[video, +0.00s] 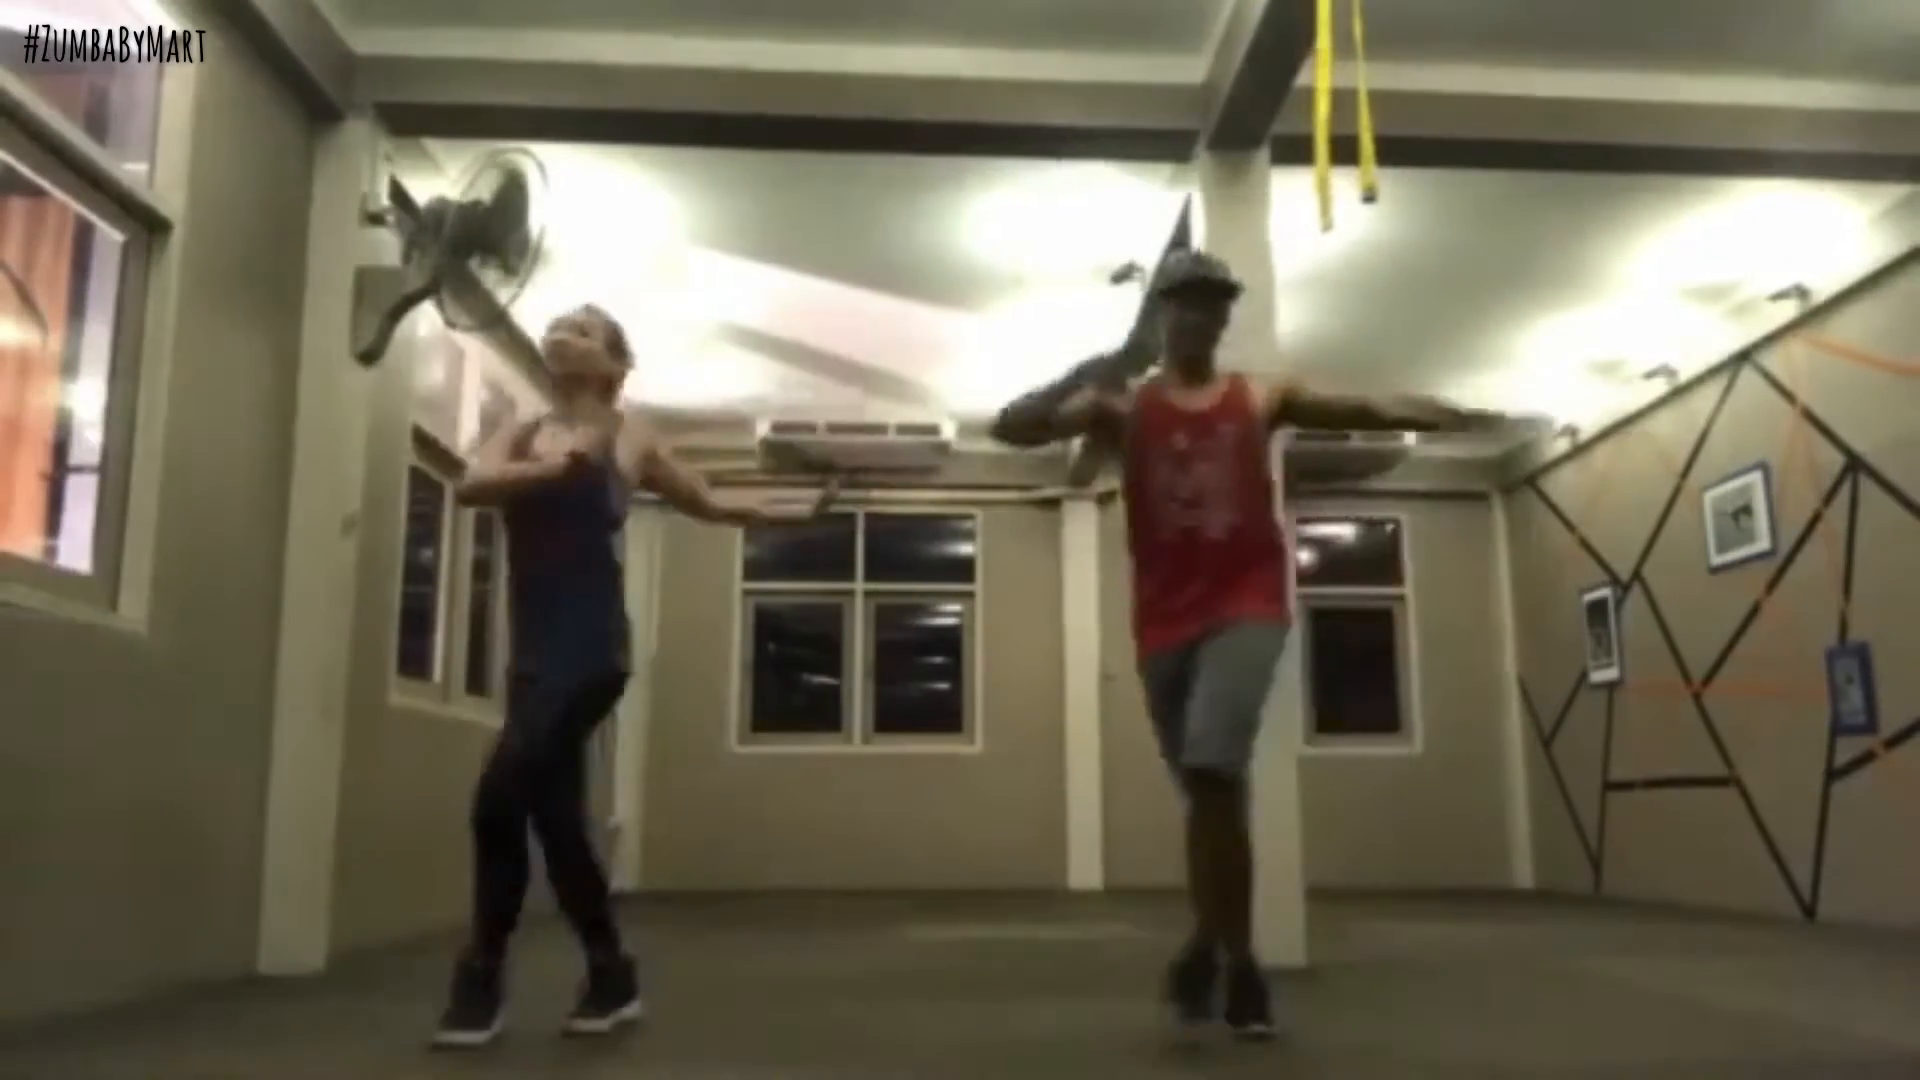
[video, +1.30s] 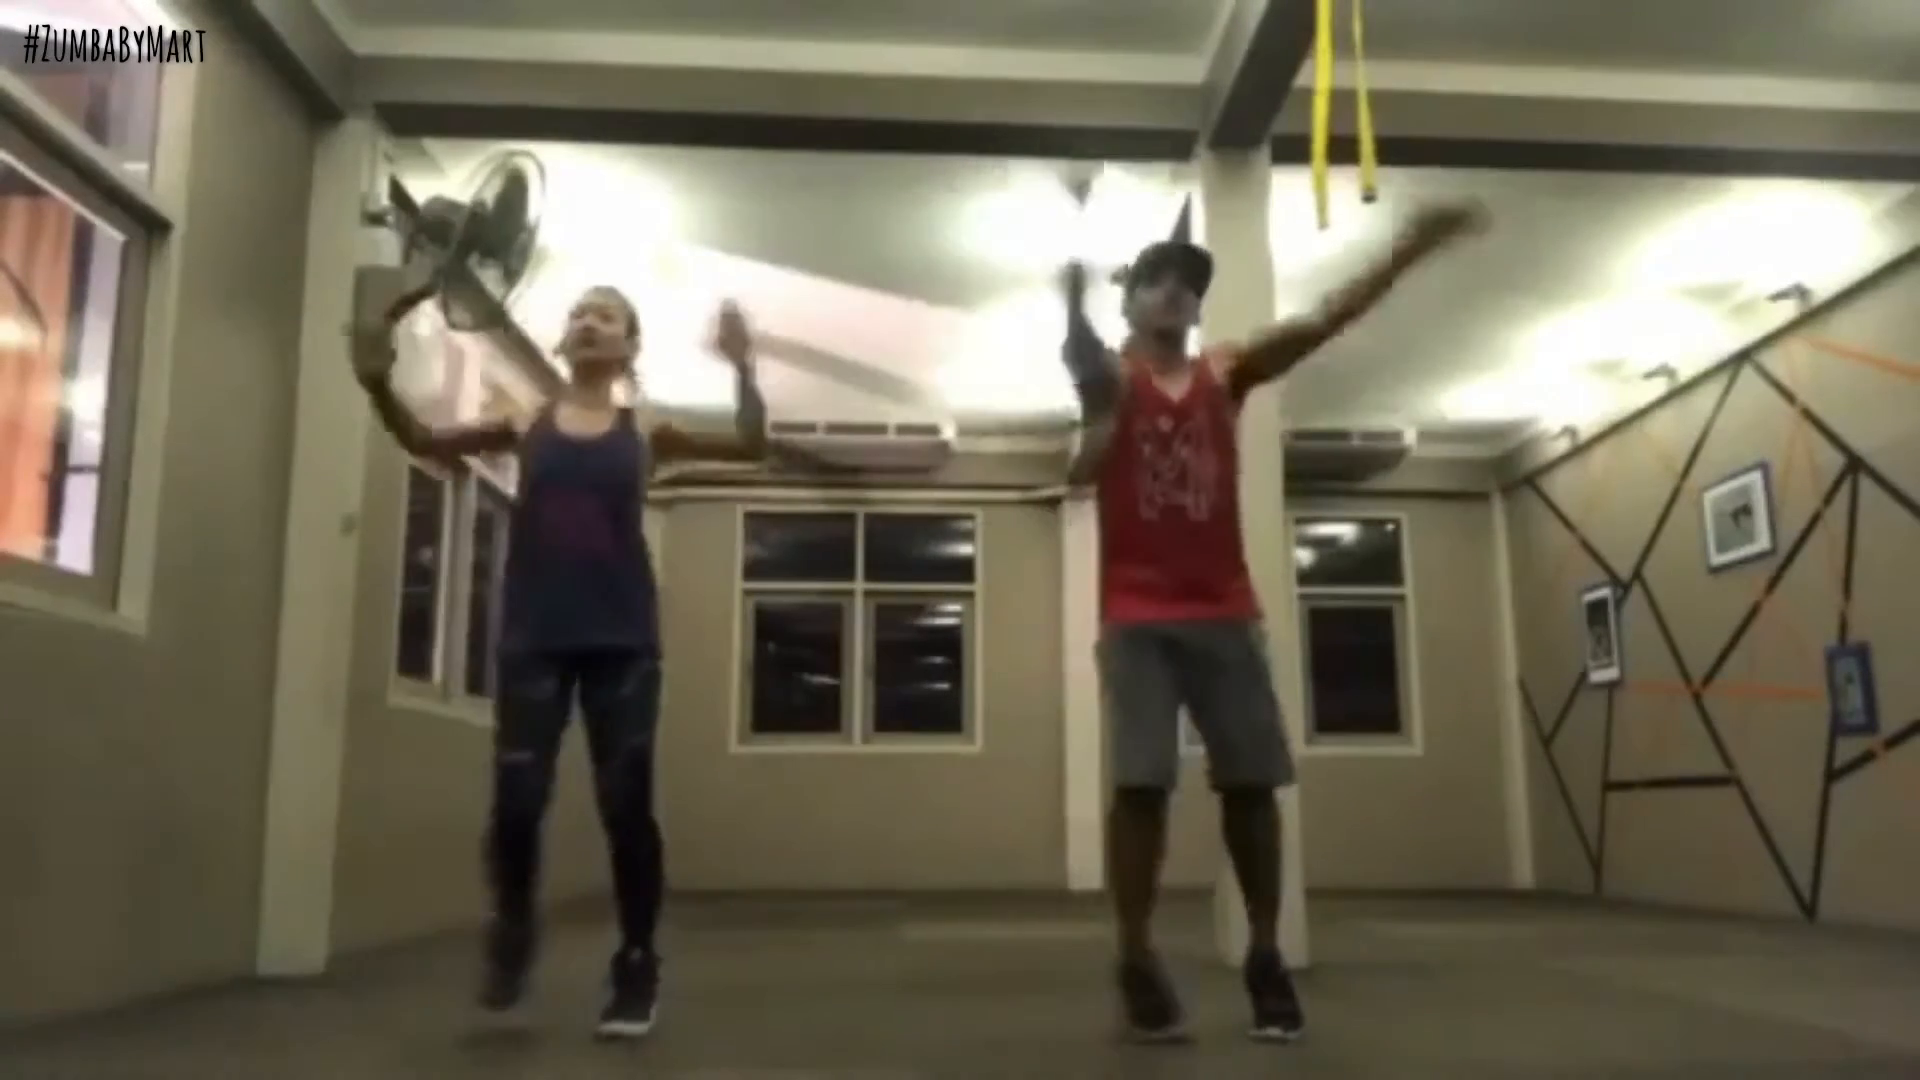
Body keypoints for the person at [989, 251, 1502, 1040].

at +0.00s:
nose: (1201, 320)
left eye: (1213, 308)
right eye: (1187, 307)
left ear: (1227, 317)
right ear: (1159, 316)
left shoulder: (1257, 397)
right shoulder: (1125, 408)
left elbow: (1362, 409)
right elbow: (1011, 427)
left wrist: (1440, 415)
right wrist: (1081, 389)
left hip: (1248, 605)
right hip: (1166, 618)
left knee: (1211, 767)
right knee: (1208, 790)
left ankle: (1207, 947)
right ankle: (1241, 970)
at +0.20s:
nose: (1150, 326)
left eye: (1163, 312)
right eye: (1137, 310)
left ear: (1181, 319)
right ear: (1113, 317)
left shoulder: (1218, 401)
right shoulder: (1078, 403)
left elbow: (1336, 416)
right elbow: (982, 411)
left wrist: (1458, 422)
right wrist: (964, 393)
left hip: (1193, 622)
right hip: (1104, 625)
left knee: (1164, 789)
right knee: (1069, 795)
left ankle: (1150, 983)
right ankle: (1177, 931)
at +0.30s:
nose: (1134, 321)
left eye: (1147, 308)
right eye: (1120, 307)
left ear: (1168, 314)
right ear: (1096, 314)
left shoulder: (1201, 392)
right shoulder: (1061, 391)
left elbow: (1296, 410)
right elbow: (956, 383)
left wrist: (1369, 386)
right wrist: (877, 353)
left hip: (1165, 627)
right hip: (1075, 621)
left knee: (1157, 802)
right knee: (1015, 763)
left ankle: (1143, 988)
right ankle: (1079, 908)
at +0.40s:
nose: (1116, 326)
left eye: (1131, 311)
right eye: (1103, 311)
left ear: (1158, 316)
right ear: (1079, 315)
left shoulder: (1183, 390)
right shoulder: (1047, 387)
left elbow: (1280, 425)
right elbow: (925, 372)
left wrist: (1265, 372)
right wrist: (821, 358)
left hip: (1148, 628)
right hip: (1054, 621)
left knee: (1147, 802)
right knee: (993, 770)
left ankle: (1136, 984)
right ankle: (990, 932)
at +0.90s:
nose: (1109, 338)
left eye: (1127, 324)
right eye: (1097, 322)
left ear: (1150, 334)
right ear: (1073, 327)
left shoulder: (1165, 409)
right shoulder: (1028, 394)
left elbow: (1277, 427)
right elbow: (918, 389)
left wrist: (1380, 400)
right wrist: (944, 314)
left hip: (1146, 633)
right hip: (1051, 637)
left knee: (1193, 794)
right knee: (1010, 807)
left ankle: (1242, 936)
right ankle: (950, 968)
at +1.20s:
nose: (1151, 298)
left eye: (1166, 285)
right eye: (1143, 283)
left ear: (1191, 300)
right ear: (1122, 297)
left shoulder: (1225, 377)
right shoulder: (1095, 384)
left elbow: (1339, 352)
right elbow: (999, 333)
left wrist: (1436, 314)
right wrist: (982, 241)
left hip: (1219, 624)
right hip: (1128, 627)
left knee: (1252, 798)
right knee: (1100, 796)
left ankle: (1271, 966)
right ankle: (1063, 965)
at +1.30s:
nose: (1176, 301)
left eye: (1188, 290)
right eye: (1162, 286)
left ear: (1200, 303)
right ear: (1129, 300)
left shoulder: (1224, 372)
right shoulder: (1112, 381)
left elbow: (1327, 323)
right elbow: (1088, 366)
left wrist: (1412, 249)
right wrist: (1076, 305)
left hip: (1222, 612)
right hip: (1137, 616)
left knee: (1252, 781)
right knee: (1141, 785)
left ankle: (1265, 956)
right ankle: (1135, 959)